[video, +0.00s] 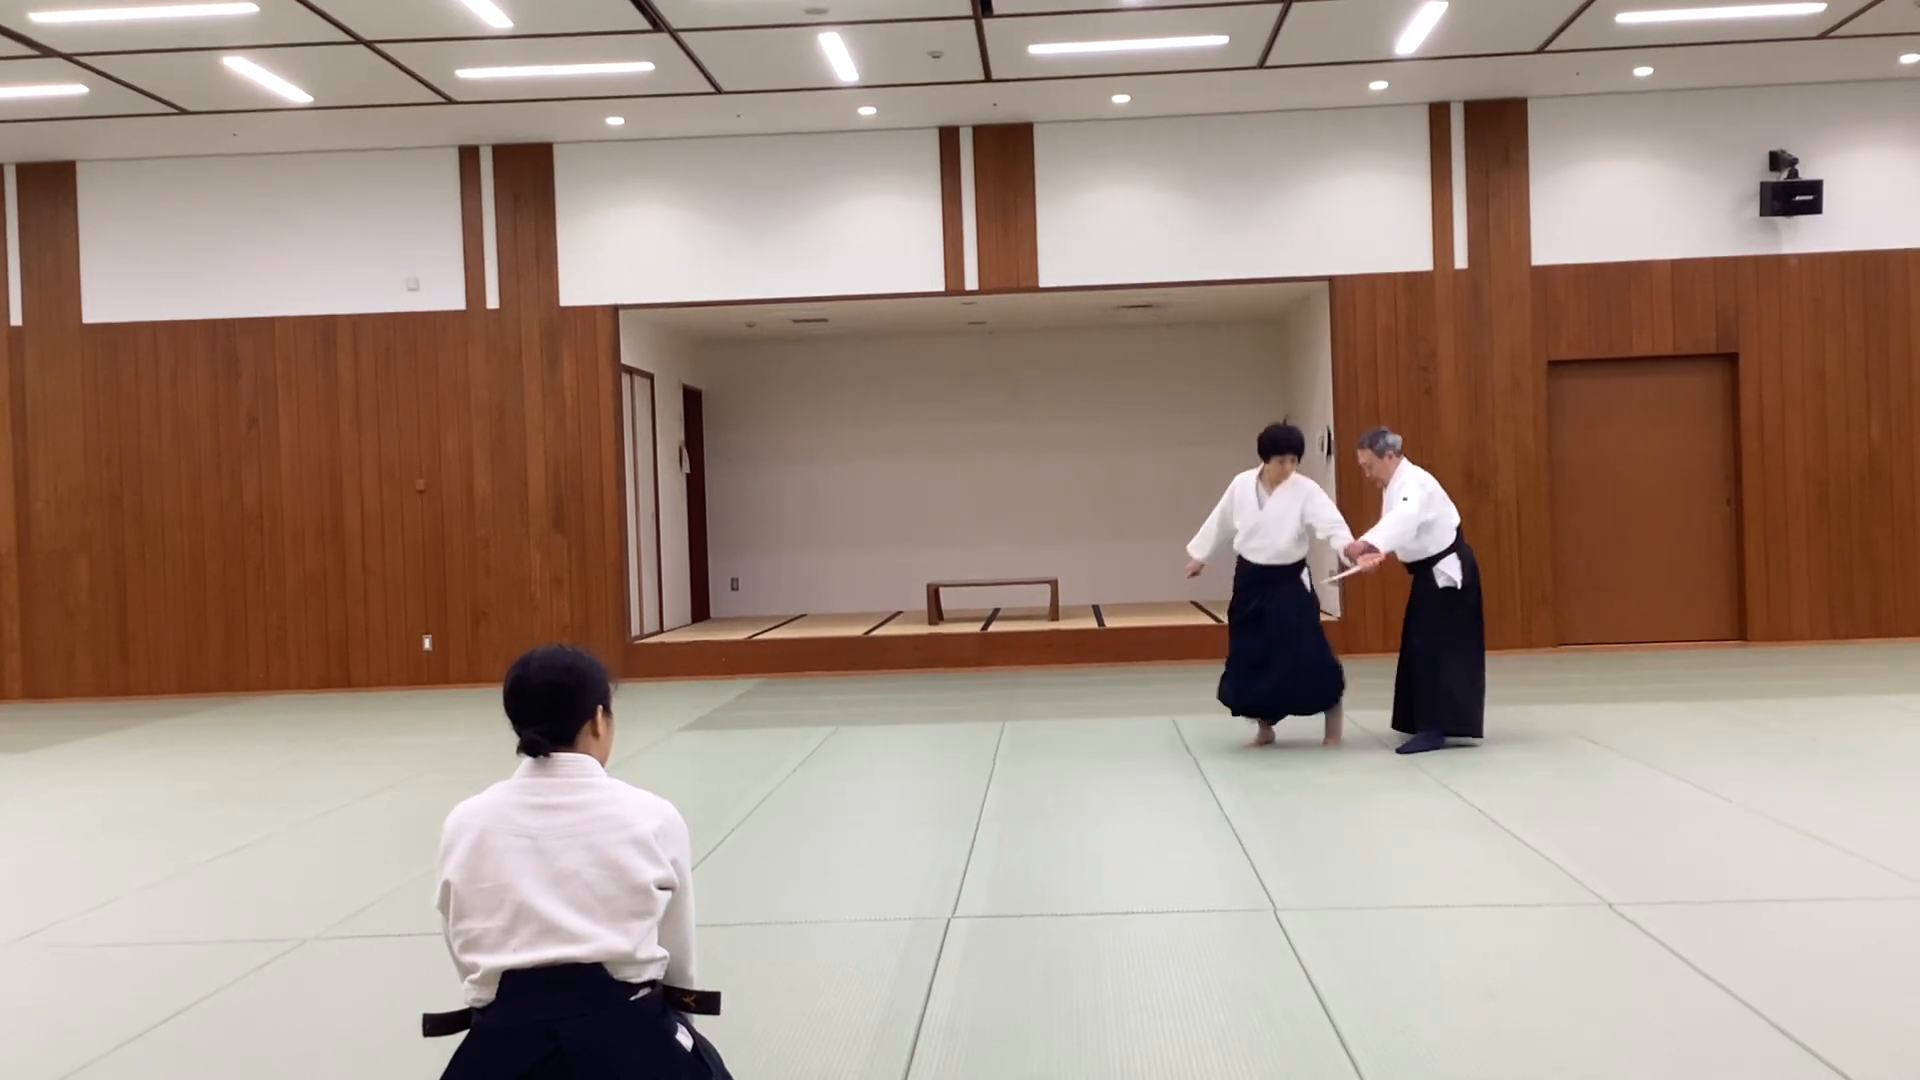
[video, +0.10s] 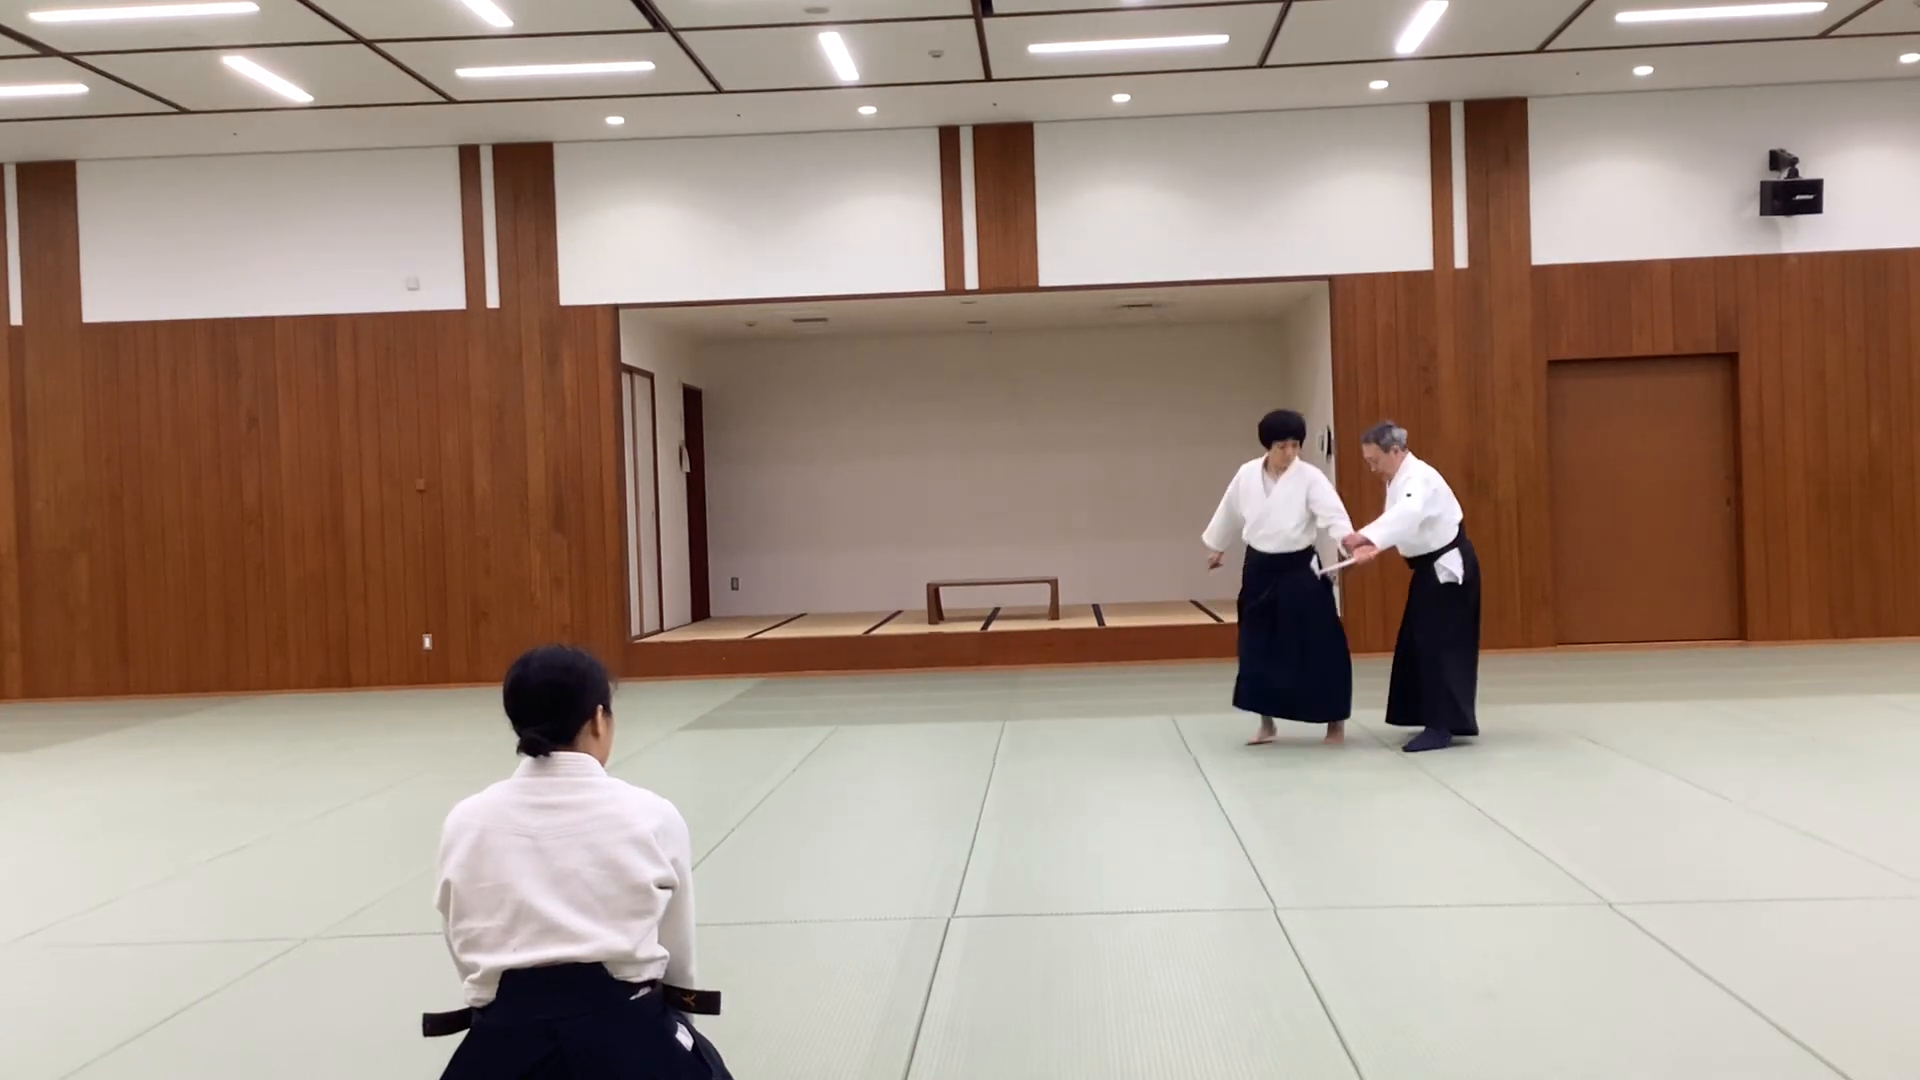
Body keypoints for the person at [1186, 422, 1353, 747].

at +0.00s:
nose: (1288, 467)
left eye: (1293, 461)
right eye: (1282, 461)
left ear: (1297, 459)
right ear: (1265, 458)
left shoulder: (1306, 490)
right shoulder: (1242, 484)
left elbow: (1331, 523)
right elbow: (1219, 521)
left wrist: (1349, 547)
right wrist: (1199, 556)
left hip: (1290, 581)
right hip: (1249, 579)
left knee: (1305, 649)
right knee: (1252, 651)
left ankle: (1332, 707)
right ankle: (1265, 728)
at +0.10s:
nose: (1290, 452)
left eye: (1295, 445)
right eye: (1282, 446)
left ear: (1301, 444)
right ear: (1268, 445)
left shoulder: (1310, 477)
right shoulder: (1247, 474)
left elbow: (1334, 513)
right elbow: (1229, 512)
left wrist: (1350, 542)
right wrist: (1217, 549)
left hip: (1301, 569)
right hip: (1259, 570)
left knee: (1322, 642)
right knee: (1257, 644)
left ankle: (1335, 721)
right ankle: (1266, 723)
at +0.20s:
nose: (1294, 447)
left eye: (1299, 439)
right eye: (1286, 441)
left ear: (1304, 438)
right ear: (1271, 439)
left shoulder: (1316, 470)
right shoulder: (1251, 469)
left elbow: (1333, 505)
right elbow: (1235, 510)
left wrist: (1346, 528)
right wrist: (1227, 550)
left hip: (1307, 561)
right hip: (1265, 563)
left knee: (1322, 637)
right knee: (1273, 640)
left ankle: (1335, 717)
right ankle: (1284, 714)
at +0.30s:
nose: (1296, 446)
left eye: (1300, 439)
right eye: (1288, 440)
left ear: (1306, 438)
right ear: (1274, 438)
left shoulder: (1318, 470)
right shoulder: (1252, 471)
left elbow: (1333, 504)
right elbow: (1235, 514)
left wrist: (1342, 520)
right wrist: (1225, 555)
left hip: (1308, 564)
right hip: (1266, 566)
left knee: (1325, 639)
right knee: (1276, 643)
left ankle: (1341, 717)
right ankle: (1289, 720)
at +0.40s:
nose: (1297, 443)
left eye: (1302, 436)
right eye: (1290, 437)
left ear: (1308, 437)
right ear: (1275, 437)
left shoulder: (1321, 470)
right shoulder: (1255, 472)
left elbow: (1333, 500)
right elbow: (1237, 515)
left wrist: (1340, 516)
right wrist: (1222, 556)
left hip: (1310, 564)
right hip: (1269, 566)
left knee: (1324, 639)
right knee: (1278, 643)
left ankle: (1336, 721)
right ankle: (1290, 721)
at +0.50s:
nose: (1300, 442)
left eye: (1305, 435)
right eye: (1293, 436)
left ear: (1312, 436)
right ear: (1279, 436)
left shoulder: (1325, 469)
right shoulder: (1259, 470)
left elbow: (1334, 500)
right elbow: (1241, 513)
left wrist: (1338, 511)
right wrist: (1224, 550)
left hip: (1311, 562)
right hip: (1270, 564)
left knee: (1321, 640)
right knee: (1278, 642)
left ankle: (1332, 725)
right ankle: (1290, 721)